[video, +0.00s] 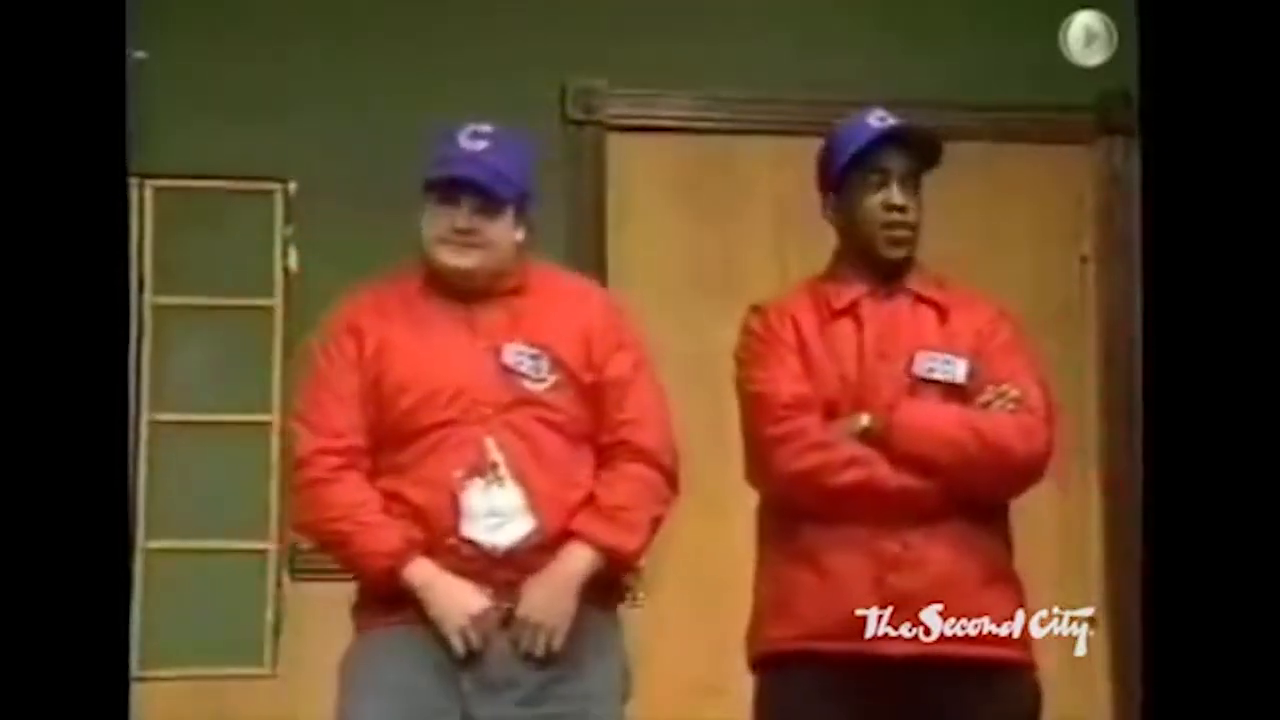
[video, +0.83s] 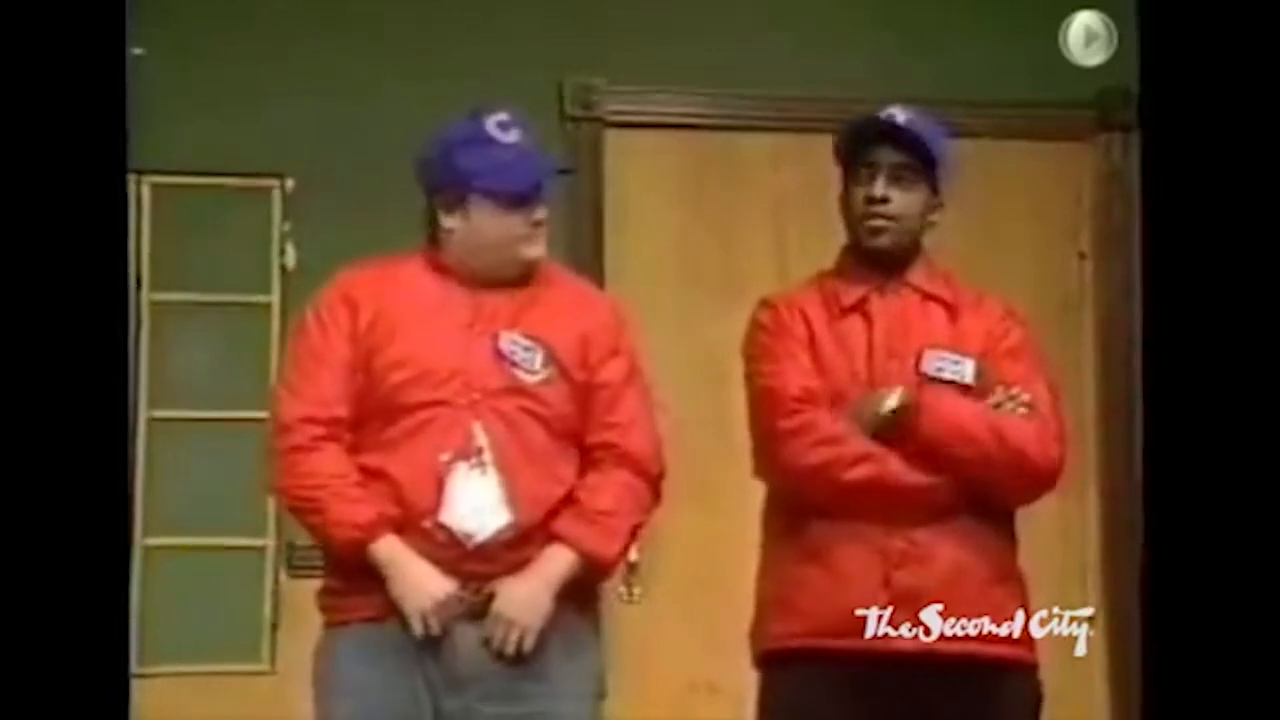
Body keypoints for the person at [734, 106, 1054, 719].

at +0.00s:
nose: (899, 201)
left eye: (910, 183)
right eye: (876, 184)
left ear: (923, 198)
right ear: (833, 204)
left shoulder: (979, 319)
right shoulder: (779, 324)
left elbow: (1023, 446)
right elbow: (788, 464)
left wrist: (878, 427)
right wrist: (962, 466)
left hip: (971, 649)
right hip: (819, 651)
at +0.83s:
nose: (877, 194)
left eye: (901, 179)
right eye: (863, 177)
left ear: (933, 204)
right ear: (842, 197)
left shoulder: (990, 321)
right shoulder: (788, 317)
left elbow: (1035, 458)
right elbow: (796, 457)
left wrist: (905, 411)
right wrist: (968, 470)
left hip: (974, 648)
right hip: (823, 646)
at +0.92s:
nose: (872, 188)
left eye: (896, 172)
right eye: (859, 171)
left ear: (932, 196)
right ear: (840, 191)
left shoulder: (993, 317)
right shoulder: (787, 318)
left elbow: (1023, 462)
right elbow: (785, 459)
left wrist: (965, 364)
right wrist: (948, 463)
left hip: (972, 647)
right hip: (823, 648)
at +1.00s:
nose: (863, 186)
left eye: (888, 170)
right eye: (853, 170)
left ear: (932, 193)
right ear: (838, 187)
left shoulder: (986, 305)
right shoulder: (787, 316)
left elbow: (1014, 444)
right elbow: (780, 459)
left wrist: (952, 323)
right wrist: (940, 456)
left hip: (973, 644)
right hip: (822, 648)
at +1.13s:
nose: (848, 194)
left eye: (872, 177)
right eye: (844, 178)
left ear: (930, 199)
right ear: (835, 190)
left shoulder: (999, 309)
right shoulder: (797, 313)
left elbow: (1001, 438)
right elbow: (783, 462)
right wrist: (948, 449)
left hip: (975, 649)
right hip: (824, 651)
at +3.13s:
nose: (885, 191)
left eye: (894, 173)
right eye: (858, 177)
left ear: (909, 187)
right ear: (816, 200)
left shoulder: (969, 307)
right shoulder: (776, 315)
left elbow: (1027, 437)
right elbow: (793, 457)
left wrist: (880, 418)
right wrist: (968, 466)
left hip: (966, 642)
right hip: (817, 645)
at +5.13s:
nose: (898, 197)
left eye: (906, 179)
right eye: (875, 179)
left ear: (917, 189)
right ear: (826, 195)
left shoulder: (970, 306)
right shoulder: (777, 311)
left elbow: (1024, 430)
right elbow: (791, 445)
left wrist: (880, 408)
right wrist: (965, 458)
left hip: (966, 634)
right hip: (816, 637)